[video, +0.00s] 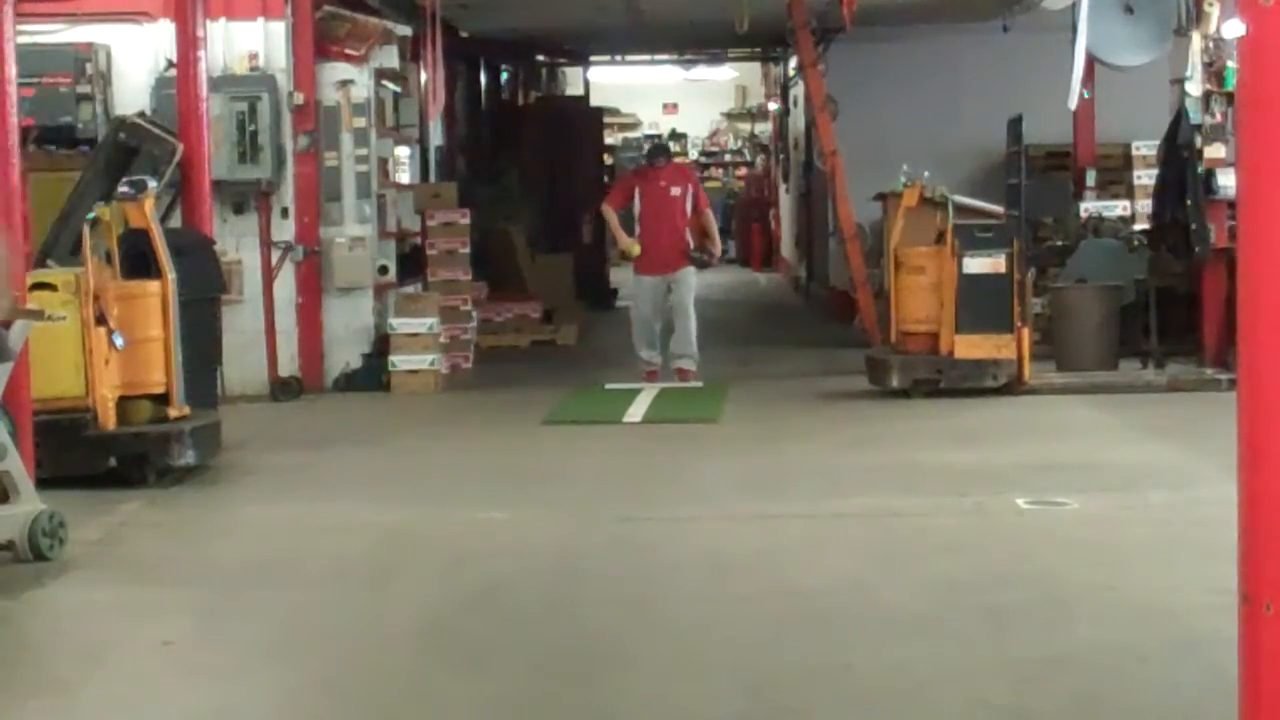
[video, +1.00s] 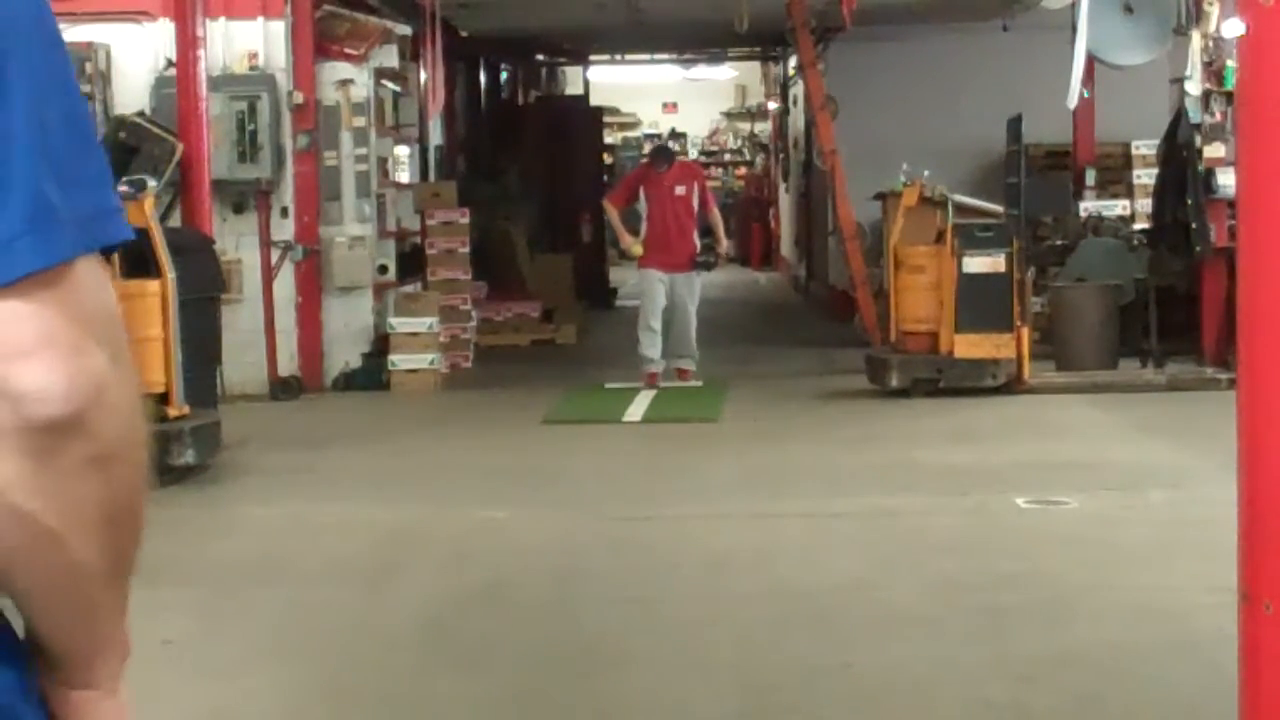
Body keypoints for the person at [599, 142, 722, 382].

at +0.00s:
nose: (657, 166)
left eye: (661, 160)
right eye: (652, 161)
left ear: (669, 156)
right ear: (645, 159)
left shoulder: (686, 176)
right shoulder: (635, 178)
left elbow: (704, 211)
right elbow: (608, 207)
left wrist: (715, 241)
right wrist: (622, 238)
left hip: (681, 261)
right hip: (647, 263)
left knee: (684, 311)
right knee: (645, 315)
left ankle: (685, 364)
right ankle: (650, 364)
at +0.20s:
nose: (673, 166)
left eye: (677, 161)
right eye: (668, 161)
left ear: (685, 156)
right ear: (661, 156)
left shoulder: (697, 175)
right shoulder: (646, 173)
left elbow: (714, 210)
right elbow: (617, 200)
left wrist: (723, 241)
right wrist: (629, 233)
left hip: (687, 261)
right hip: (653, 261)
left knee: (691, 315)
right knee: (646, 312)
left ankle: (685, 364)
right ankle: (652, 357)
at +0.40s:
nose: (674, 167)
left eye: (680, 163)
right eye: (671, 162)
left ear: (689, 156)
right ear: (664, 155)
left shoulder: (705, 174)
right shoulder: (651, 171)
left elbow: (720, 209)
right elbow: (622, 194)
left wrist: (728, 243)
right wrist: (634, 228)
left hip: (690, 260)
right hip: (655, 257)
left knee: (693, 314)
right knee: (649, 305)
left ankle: (687, 362)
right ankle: (653, 356)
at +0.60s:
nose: (675, 163)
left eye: (680, 159)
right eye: (671, 159)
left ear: (689, 153)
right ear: (665, 153)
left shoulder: (705, 173)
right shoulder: (652, 170)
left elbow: (720, 210)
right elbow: (623, 194)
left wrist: (728, 243)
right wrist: (634, 228)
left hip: (691, 260)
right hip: (656, 256)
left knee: (689, 315)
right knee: (652, 310)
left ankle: (685, 363)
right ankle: (649, 360)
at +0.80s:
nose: (672, 167)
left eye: (677, 162)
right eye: (668, 162)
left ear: (685, 156)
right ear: (662, 155)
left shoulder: (701, 173)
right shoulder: (649, 171)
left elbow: (717, 209)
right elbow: (619, 199)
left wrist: (727, 243)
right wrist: (631, 234)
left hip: (690, 261)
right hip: (657, 258)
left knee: (689, 316)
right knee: (653, 313)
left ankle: (685, 364)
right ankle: (651, 363)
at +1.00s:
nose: (659, 173)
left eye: (663, 169)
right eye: (656, 169)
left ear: (673, 161)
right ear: (650, 162)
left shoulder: (693, 172)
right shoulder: (643, 173)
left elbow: (711, 208)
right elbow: (610, 203)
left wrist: (721, 240)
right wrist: (624, 237)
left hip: (686, 259)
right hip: (653, 258)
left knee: (686, 314)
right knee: (651, 312)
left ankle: (685, 363)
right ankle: (651, 366)